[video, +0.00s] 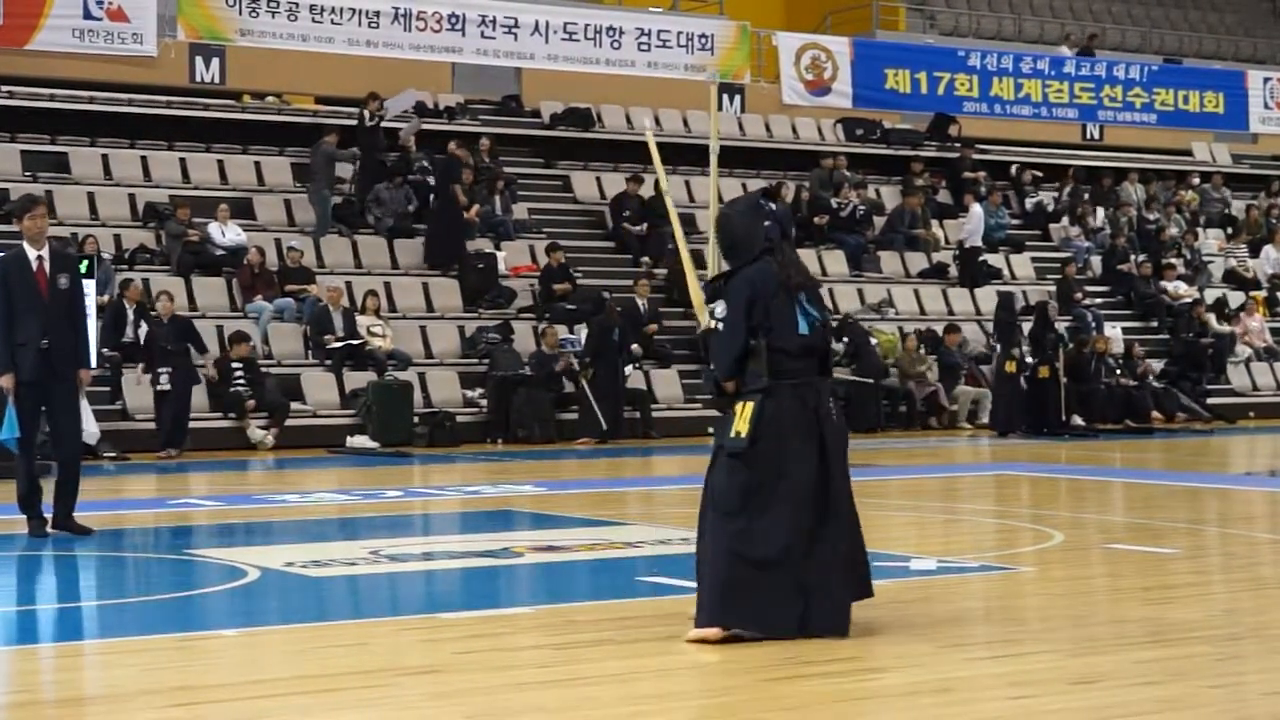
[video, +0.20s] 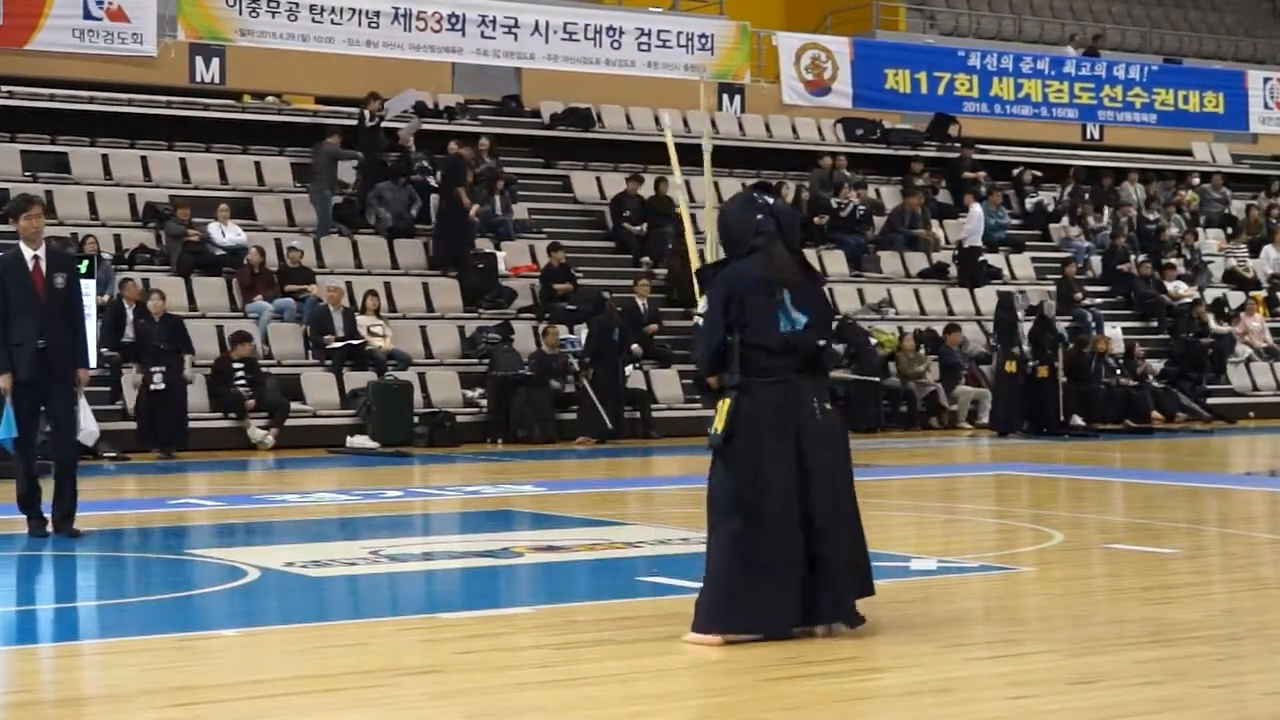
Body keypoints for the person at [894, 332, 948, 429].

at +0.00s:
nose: (913, 343)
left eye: (914, 341)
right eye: (910, 341)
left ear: (917, 343)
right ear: (905, 344)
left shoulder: (920, 356)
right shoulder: (901, 358)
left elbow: (929, 364)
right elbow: (908, 372)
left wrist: (922, 369)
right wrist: (924, 369)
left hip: (922, 380)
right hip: (909, 380)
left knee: (935, 389)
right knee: (911, 386)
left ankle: (932, 418)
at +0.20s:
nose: (910, 343)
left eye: (911, 340)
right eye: (907, 340)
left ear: (914, 342)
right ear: (901, 344)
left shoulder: (918, 355)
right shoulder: (900, 356)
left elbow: (927, 364)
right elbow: (907, 373)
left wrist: (918, 369)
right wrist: (923, 367)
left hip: (921, 380)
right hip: (908, 380)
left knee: (933, 390)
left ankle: (933, 418)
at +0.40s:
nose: (911, 343)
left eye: (913, 340)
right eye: (908, 340)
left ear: (916, 342)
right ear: (902, 344)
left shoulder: (921, 357)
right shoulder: (900, 357)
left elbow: (927, 371)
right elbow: (905, 373)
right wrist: (922, 370)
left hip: (922, 380)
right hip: (909, 381)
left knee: (935, 388)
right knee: (912, 386)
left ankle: (933, 418)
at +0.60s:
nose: (913, 343)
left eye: (915, 340)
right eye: (910, 340)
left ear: (916, 342)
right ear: (904, 343)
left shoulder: (920, 356)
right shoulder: (900, 358)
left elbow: (930, 371)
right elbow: (906, 375)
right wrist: (925, 374)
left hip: (924, 381)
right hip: (911, 383)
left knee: (935, 389)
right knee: (936, 388)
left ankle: (934, 418)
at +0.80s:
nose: (913, 343)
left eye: (915, 340)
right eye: (910, 340)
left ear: (917, 342)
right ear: (904, 343)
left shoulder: (920, 356)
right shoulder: (901, 357)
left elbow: (929, 371)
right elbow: (905, 374)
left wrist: (926, 377)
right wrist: (924, 377)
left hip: (924, 382)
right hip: (911, 382)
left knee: (934, 391)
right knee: (936, 388)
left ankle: (934, 418)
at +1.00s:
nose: (913, 343)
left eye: (915, 340)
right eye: (910, 340)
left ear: (917, 342)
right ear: (904, 343)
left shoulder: (920, 356)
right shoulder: (901, 357)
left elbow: (929, 371)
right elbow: (906, 374)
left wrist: (925, 377)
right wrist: (923, 377)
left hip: (924, 382)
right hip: (911, 383)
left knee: (934, 391)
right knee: (937, 388)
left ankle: (934, 418)